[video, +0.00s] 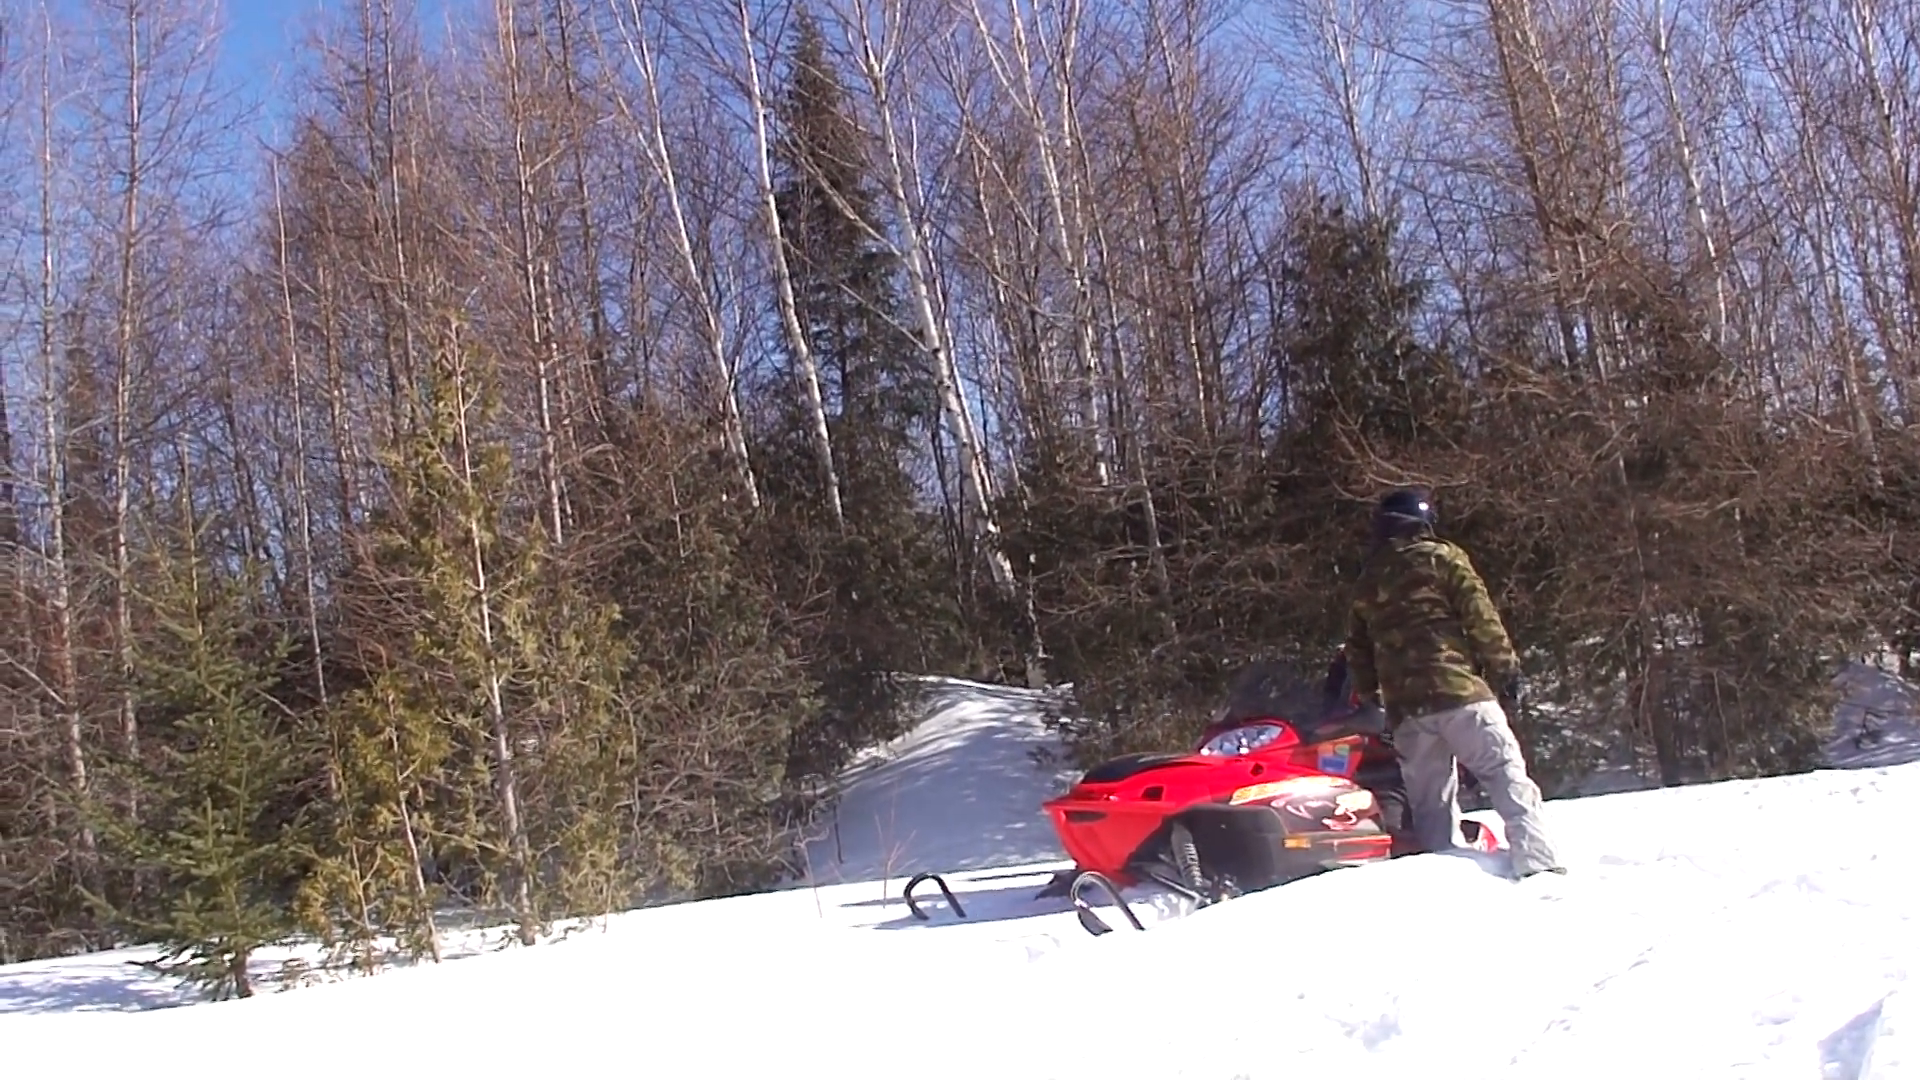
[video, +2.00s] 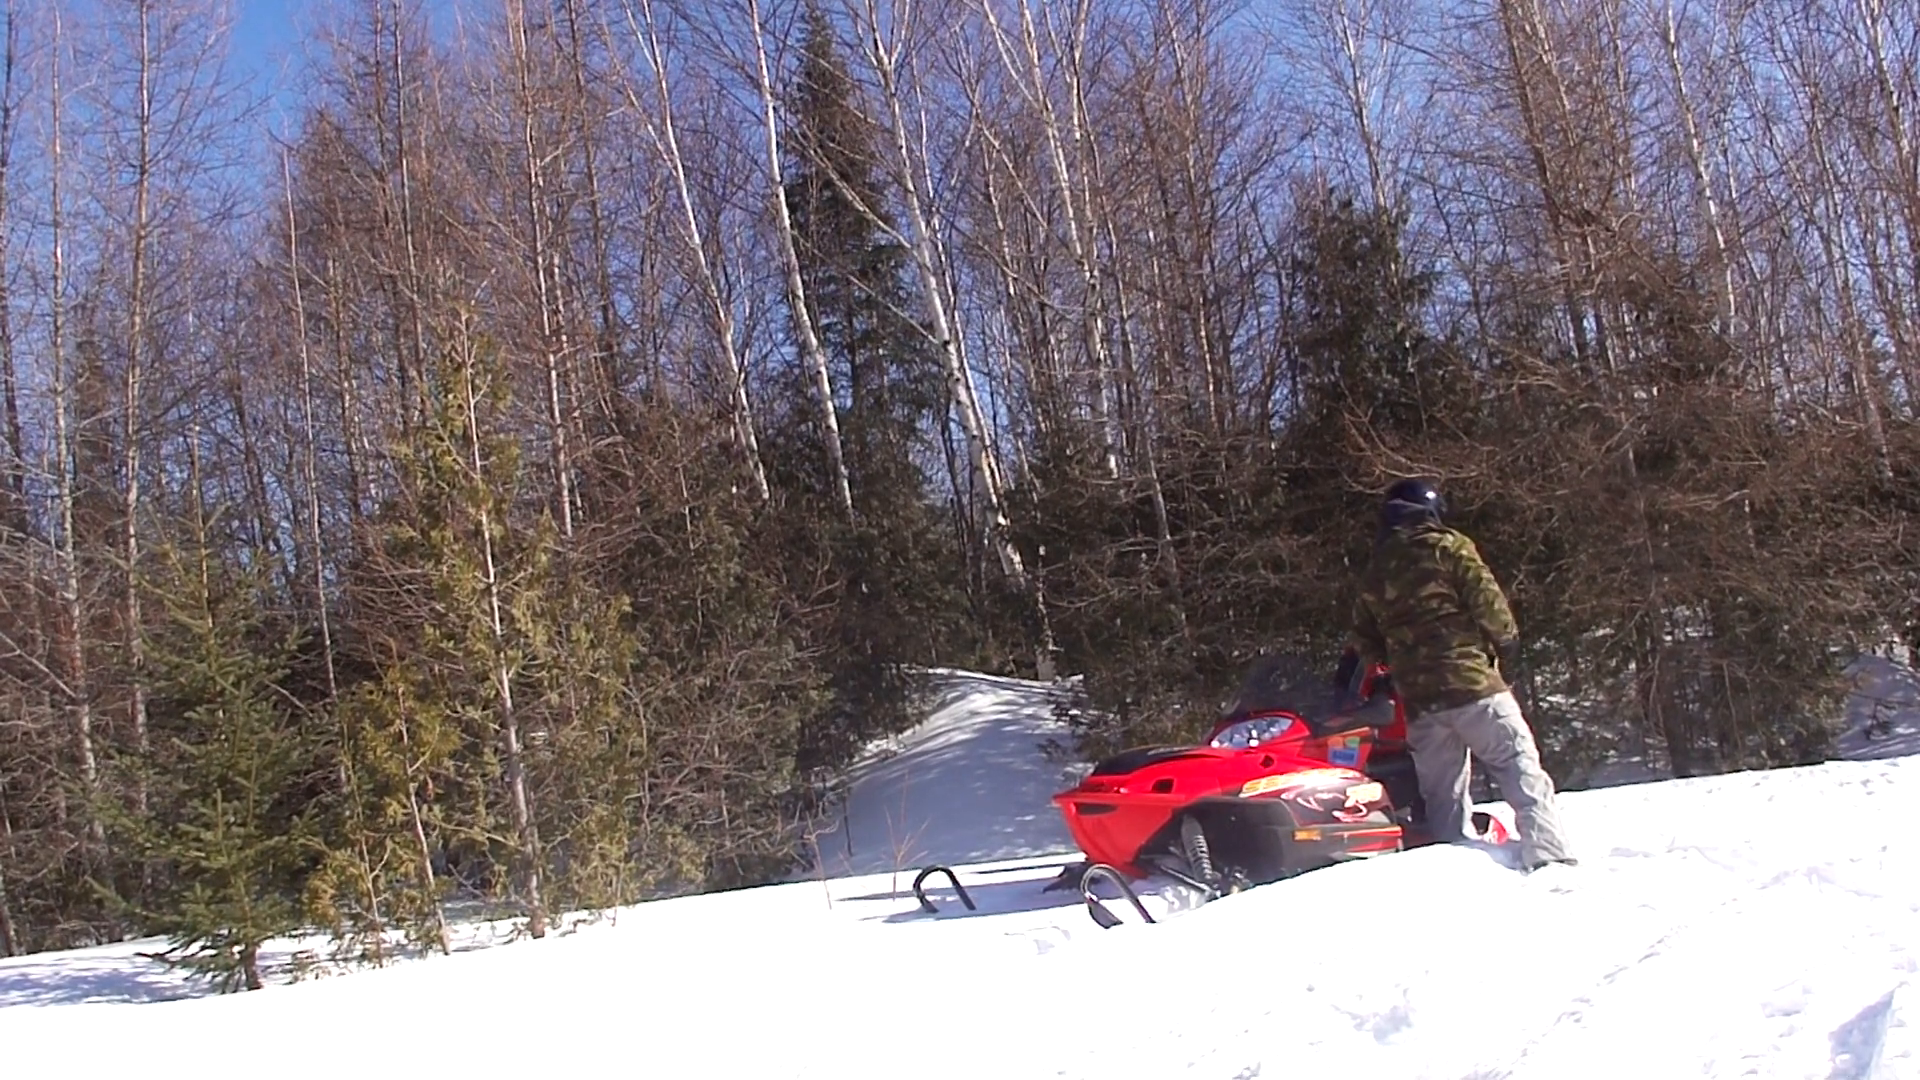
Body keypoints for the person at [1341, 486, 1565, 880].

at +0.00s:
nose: (1433, 524)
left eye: (1429, 519)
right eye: (1430, 518)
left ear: (1383, 525)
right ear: (1423, 520)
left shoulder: (1368, 577)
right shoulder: (1443, 556)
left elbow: (1358, 647)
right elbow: (1479, 616)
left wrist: (1370, 693)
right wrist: (1507, 669)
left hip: (1405, 705)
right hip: (1460, 693)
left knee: (1430, 803)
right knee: (1504, 771)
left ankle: (1439, 882)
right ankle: (1534, 860)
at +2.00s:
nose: (1442, 516)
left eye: (1438, 511)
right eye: (1437, 509)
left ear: (1390, 516)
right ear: (1429, 511)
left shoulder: (1375, 567)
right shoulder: (1449, 544)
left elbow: (1365, 636)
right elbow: (1492, 609)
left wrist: (1398, 660)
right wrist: (1507, 647)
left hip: (1419, 698)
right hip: (1472, 684)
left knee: (1442, 802)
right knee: (1517, 762)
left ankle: (1451, 878)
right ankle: (1546, 854)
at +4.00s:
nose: (1504, 566)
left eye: (1510, 560)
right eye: (1508, 555)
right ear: (1497, 536)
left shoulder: (1421, 551)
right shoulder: (1461, 542)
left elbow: (1409, 623)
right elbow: (1473, 606)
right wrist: (1505, 657)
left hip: (1412, 686)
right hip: (1456, 675)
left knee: (1450, 789)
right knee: (1527, 753)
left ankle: (1459, 868)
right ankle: (1548, 853)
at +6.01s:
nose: (1601, 455)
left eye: (1609, 446)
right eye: (1593, 447)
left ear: (1628, 448)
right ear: (1581, 451)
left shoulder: (1661, 500)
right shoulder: (1565, 512)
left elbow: (1701, 560)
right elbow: (1546, 582)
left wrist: (1732, 605)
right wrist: (1544, 635)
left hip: (1664, 645)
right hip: (1603, 654)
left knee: (1684, 736)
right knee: (1630, 746)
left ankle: (1684, 812)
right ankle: (1656, 828)